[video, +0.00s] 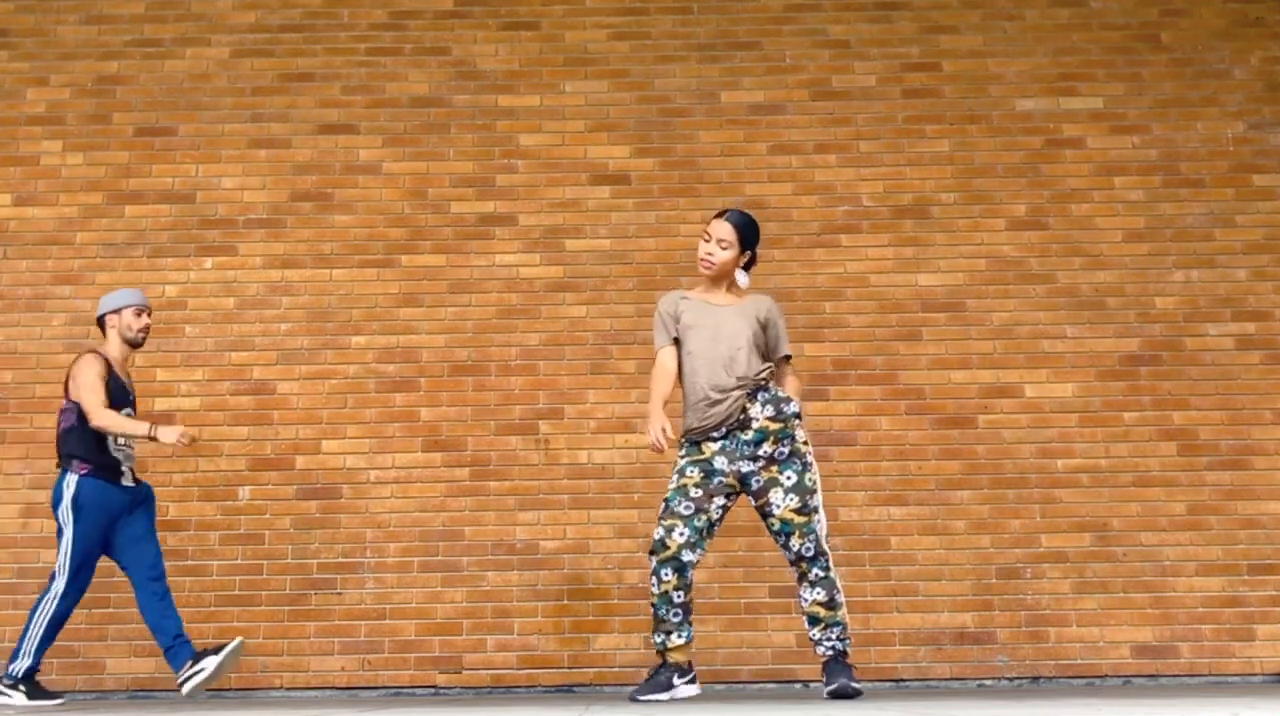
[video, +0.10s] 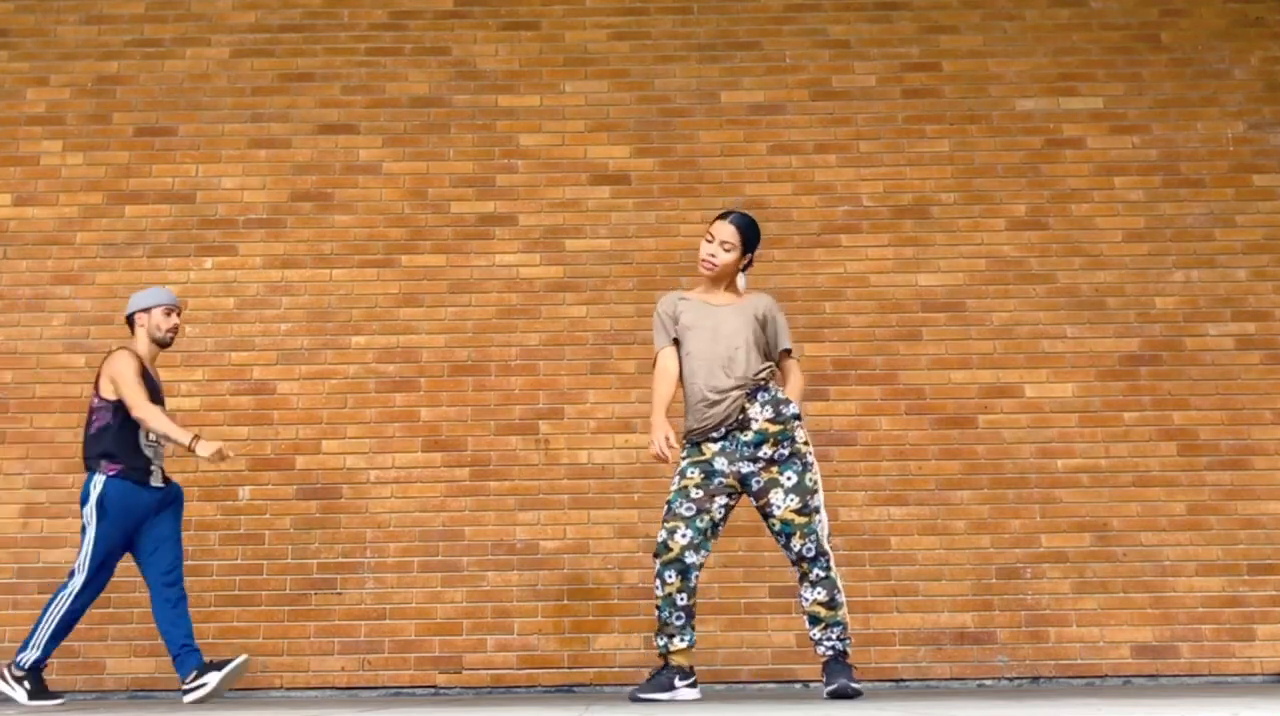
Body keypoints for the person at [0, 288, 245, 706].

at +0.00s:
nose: (146, 322)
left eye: (148, 316)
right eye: (138, 314)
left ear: (138, 325)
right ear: (111, 320)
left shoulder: (121, 381)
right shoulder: (90, 362)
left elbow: (109, 442)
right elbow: (97, 415)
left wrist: (129, 479)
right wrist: (154, 430)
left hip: (126, 495)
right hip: (86, 489)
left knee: (150, 579)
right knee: (67, 584)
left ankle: (187, 665)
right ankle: (16, 677)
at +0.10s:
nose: (176, 322)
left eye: (178, 315)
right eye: (168, 313)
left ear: (173, 323)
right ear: (140, 318)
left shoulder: (151, 376)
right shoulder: (122, 359)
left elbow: (139, 436)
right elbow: (142, 411)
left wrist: (157, 476)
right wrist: (195, 441)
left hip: (155, 496)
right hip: (114, 491)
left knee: (168, 586)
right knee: (85, 582)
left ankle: (192, 673)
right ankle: (24, 667)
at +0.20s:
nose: (207, 311)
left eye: (209, 304)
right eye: (199, 302)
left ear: (199, 313)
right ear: (171, 308)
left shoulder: (183, 362)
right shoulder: (157, 343)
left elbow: (181, 421)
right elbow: (175, 402)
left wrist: (203, 456)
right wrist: (210, 445)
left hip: (188, 484)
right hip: (149, 478)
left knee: (186, 581)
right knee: (119, 570)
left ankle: (199, 674)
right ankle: (46, 653)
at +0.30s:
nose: (236, 303)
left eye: (237, 296)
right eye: (227, 295)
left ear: (228, 306)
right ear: (200, 302)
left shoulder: (215, 357)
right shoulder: (186, 339)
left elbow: (213, 418)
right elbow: (202, 407)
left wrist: (230, 459)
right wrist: (229, 447)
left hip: (212, 479)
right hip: (178, 472)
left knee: (203, 580)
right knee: (152, 565)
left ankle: (202, 675)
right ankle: (90, 656)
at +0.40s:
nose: (262, 298)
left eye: (264, 291)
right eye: (254, 290)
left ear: (260, 301)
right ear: (227, 297)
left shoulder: (241, 357)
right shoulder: (210, 338)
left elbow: (233, 417)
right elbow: (222, 403)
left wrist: (255, 449)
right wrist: (258, 440)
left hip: (239, 476)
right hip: (203, 469)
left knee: (223, 575)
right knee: (196, 568)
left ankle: (207, 672)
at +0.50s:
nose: (285, 295)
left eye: (287, 289)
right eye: (275, 287)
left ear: (286, 299)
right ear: (249, 296)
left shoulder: (280, 363)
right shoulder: (227, 338)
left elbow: (275, 428)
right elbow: (230, 400)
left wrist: (280, 466)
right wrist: (282, 434)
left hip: (263, 470)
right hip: (225, 464)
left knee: (236, 564)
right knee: (248, 555)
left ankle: (205, 674)